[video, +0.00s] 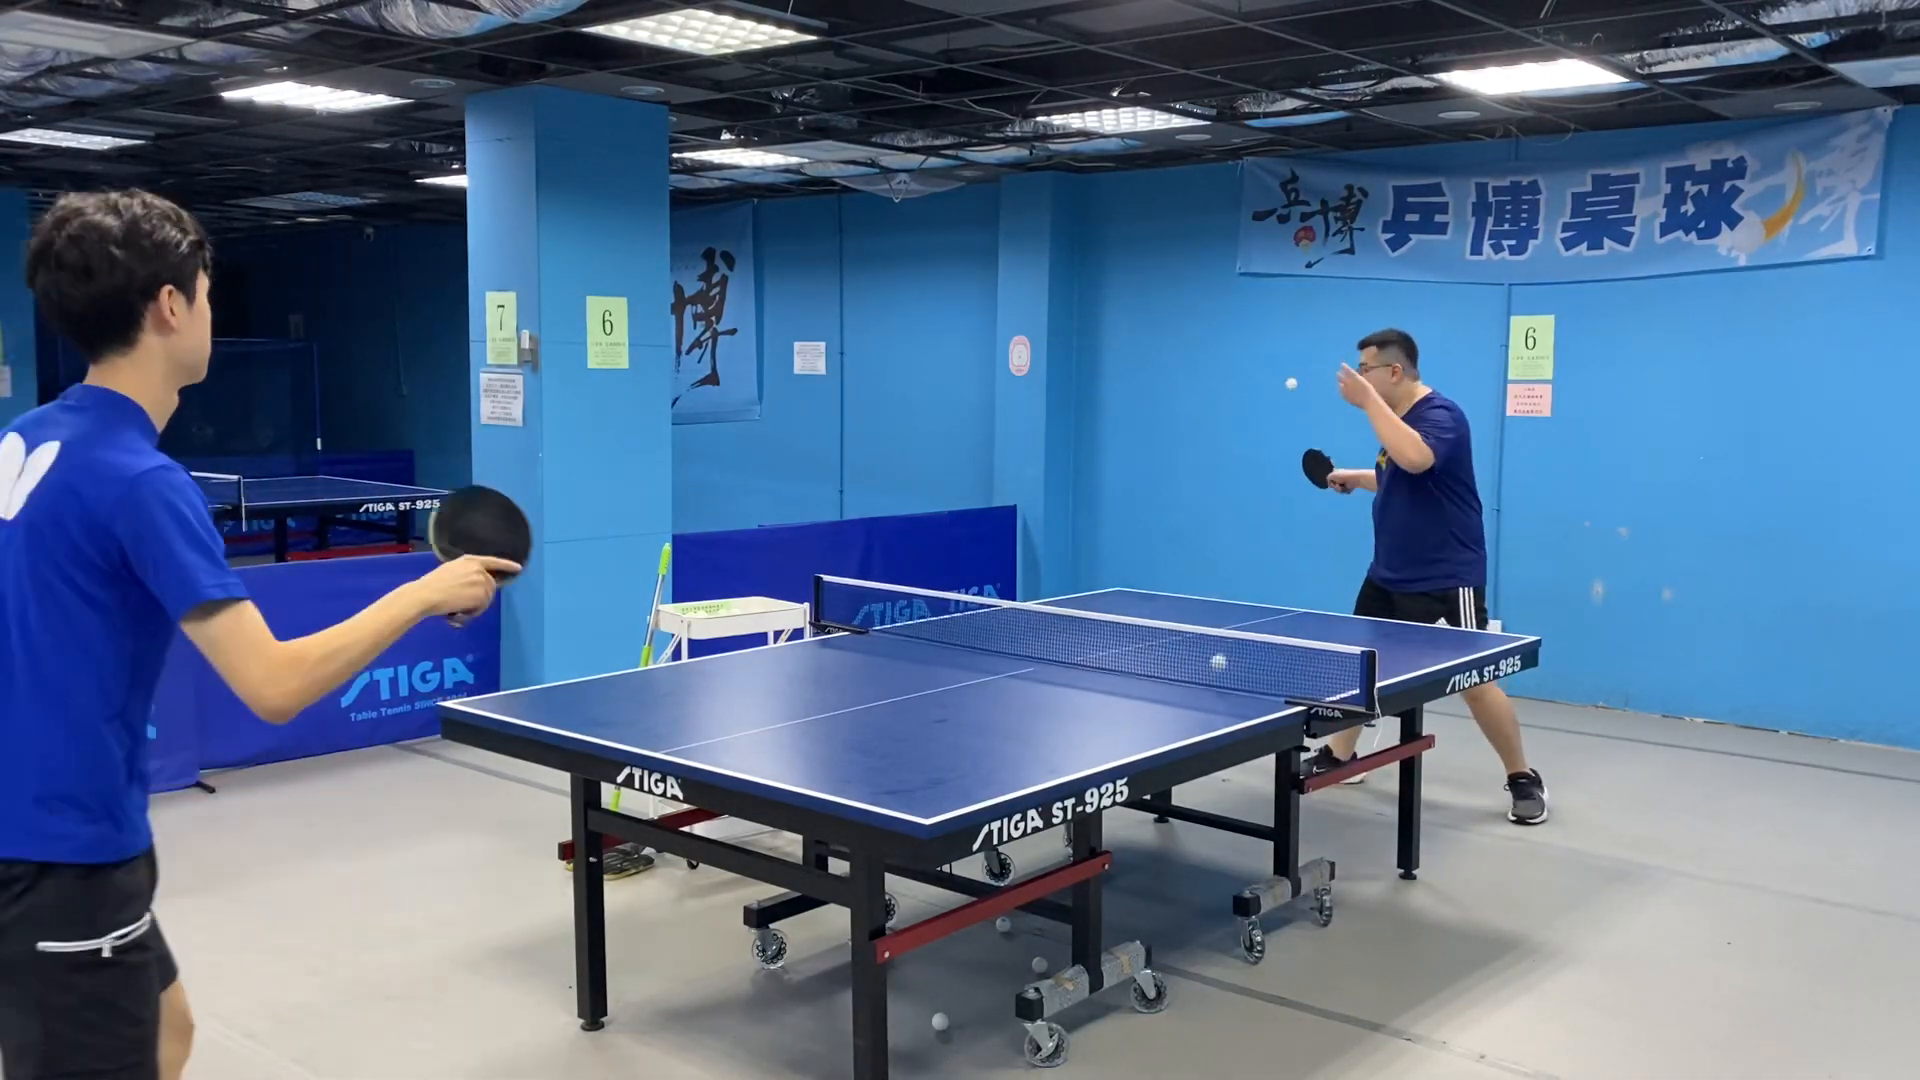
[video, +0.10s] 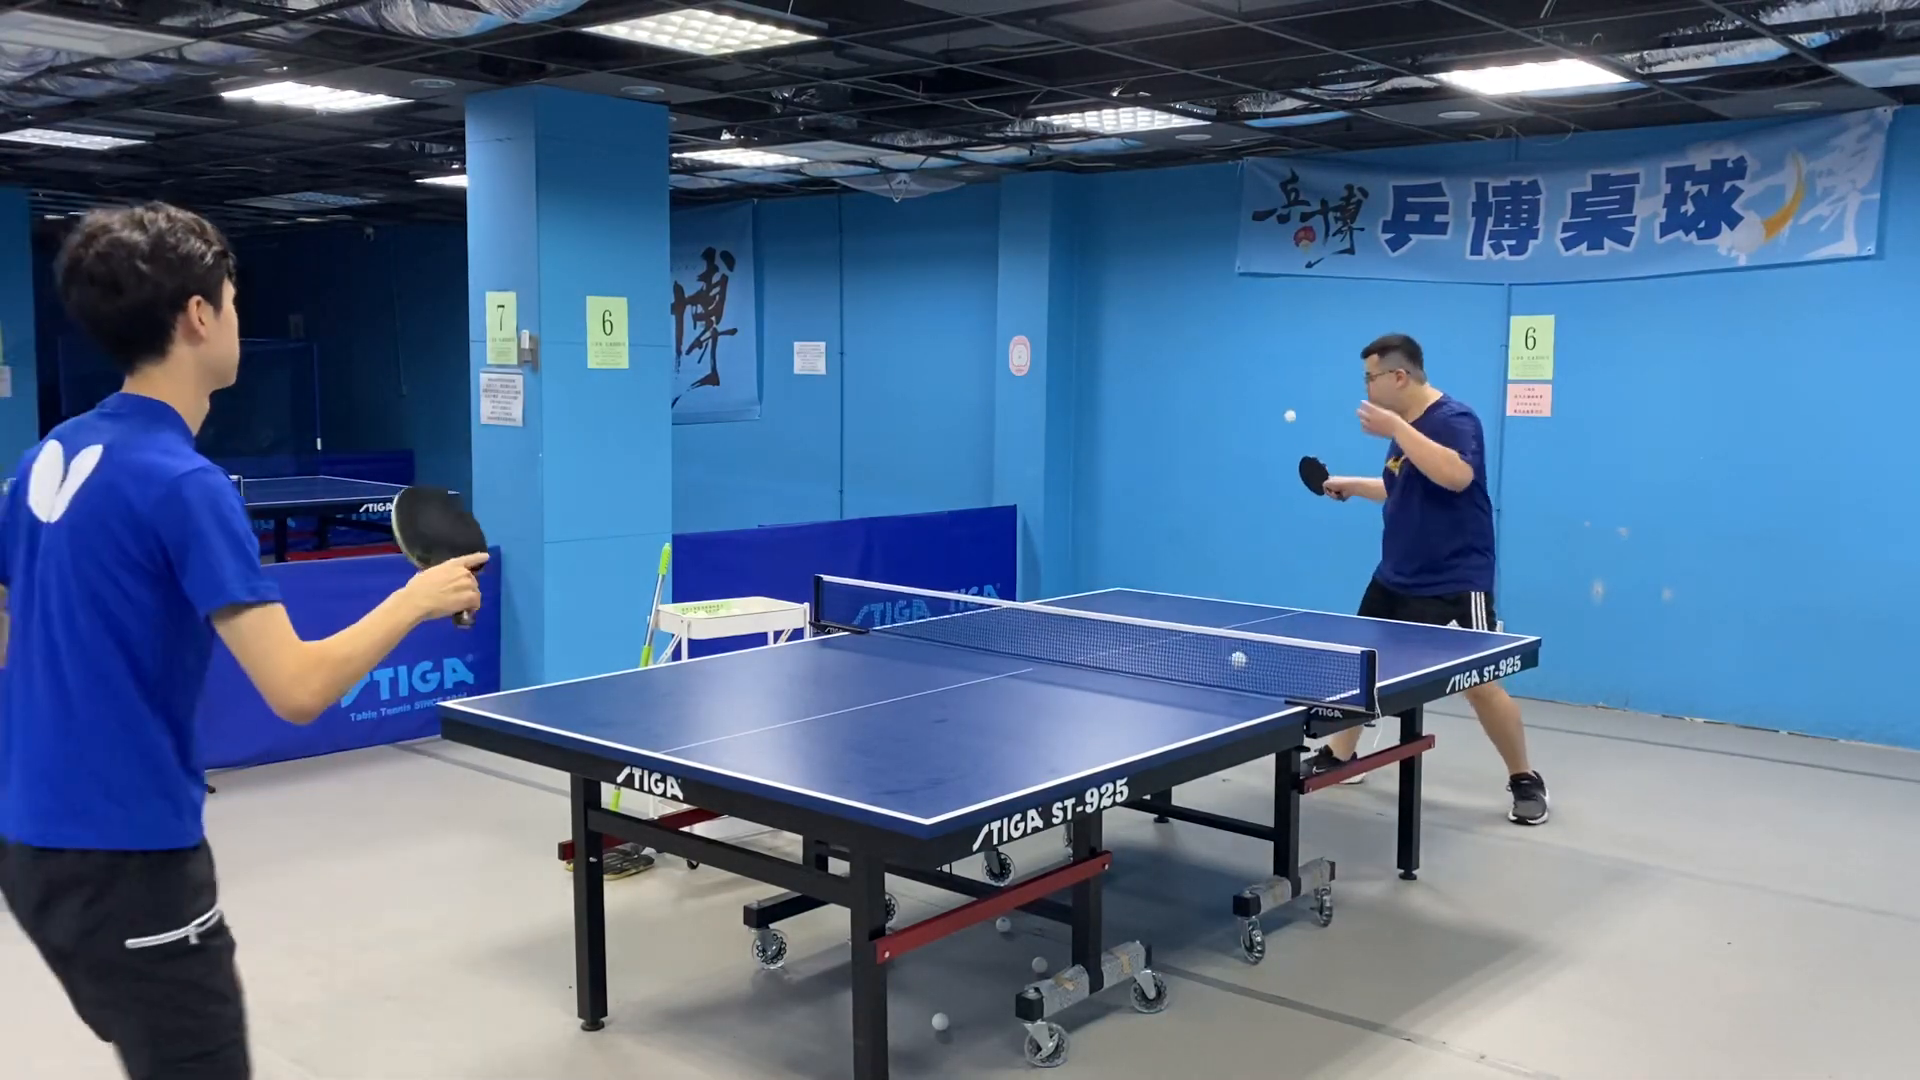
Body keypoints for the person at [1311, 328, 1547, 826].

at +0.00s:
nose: (1362, 380)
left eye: (1368, 370)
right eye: (1362, 371)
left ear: (1397, 371)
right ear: (1390, 374)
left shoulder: (1443, 415)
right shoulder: (1396, 422)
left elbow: (1416, 458)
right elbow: (1402, 484)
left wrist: (1369, 400)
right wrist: (1353, 478)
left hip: (1447, 580)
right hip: (1388, 574)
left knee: (1474, 680)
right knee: (1360, 667)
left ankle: (1521, 777)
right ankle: (1339, 753)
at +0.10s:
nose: (1368, 388)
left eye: (1373, 378)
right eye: (1368, 380)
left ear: (1401, 376)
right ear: (1396, 378)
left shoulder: (1456, 420)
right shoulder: (1404, 427)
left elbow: (1457, 475)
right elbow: (1403, 493)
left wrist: (1397, 428)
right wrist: (1352, 486)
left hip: (1457, 581)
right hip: (1396, 576)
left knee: (1479, 683)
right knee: (1360, 666)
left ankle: (1523, 778)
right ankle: (1340, 753)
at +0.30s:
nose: (1396, 406)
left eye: (1400, 394)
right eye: (1392, 397)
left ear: (1433, 384)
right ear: (1424, 389)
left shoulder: (1492, 432)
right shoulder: (1410, 434)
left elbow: (1514, 500)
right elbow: (1387, 491)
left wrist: (1435, 497)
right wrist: (1345, 473)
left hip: (1475, 590)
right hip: (1405, 580)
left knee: (1499, 685)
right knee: (1343, 654)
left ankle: (1529, 782)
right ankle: (1330, 741)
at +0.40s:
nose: (1399, 408)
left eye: (1406, 397)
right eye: (1395, 399)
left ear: (1439, 386)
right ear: (1396, 396)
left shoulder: (1493, 434)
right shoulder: (1402, 434)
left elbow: (1522, 501)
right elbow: (1366, 483)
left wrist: (1446, 502)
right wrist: (1352, 444)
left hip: (1477, 588)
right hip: (1403, 578)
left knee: (1505, 684)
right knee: (1335, 648)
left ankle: (1530, 782)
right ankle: (1318, 728)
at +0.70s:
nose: (1369, 411)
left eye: (1380, 402)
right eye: (1363, 403)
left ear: (1409, 400)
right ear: (1357, 402)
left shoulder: (1451, 446)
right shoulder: (1350, 448)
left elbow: (1487, 502)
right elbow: (1329, 509)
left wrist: (1441, 521)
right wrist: (1316, 493)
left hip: (1441, 590)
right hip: (1362, 586)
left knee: (1484, 671)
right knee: (1312, 656)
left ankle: (1518, 776)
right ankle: (1314, 747)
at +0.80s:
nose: (1358, 418)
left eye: (1368, 409)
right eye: (1351, 409)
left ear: (1396, 407)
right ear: (1345, 410)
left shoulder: (1440, 451)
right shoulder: (1338, 457)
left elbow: (1477, 502)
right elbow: (1324, 517)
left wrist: (1435, 525)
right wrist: (1309, 512)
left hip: (1437, 591)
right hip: (1358, 589)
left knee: (1480, 671)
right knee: (1309, 655)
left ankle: (1509, 775)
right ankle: (1313, 747)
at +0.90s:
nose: (1348, 418)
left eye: (1359, 409)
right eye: (1342, 409)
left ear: (1387, 407)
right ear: (1336, 411)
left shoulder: (1433, 450)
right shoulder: (1334, 460)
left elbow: (1473, 501)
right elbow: (1320, 515)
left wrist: (1428, 523)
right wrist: (1299, 521)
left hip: (1436, 593)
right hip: (1358, 591)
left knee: (1479, 672)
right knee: (1310, 657)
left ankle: (1511, 775)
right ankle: (1314, 749)